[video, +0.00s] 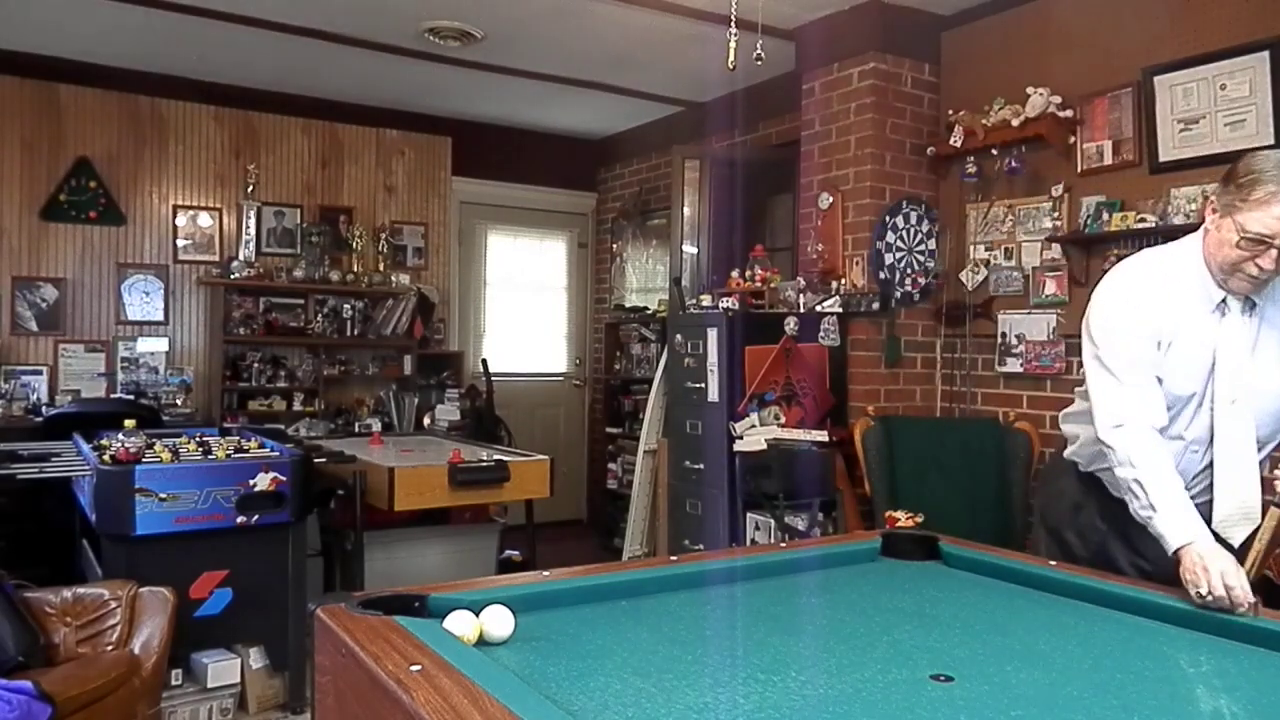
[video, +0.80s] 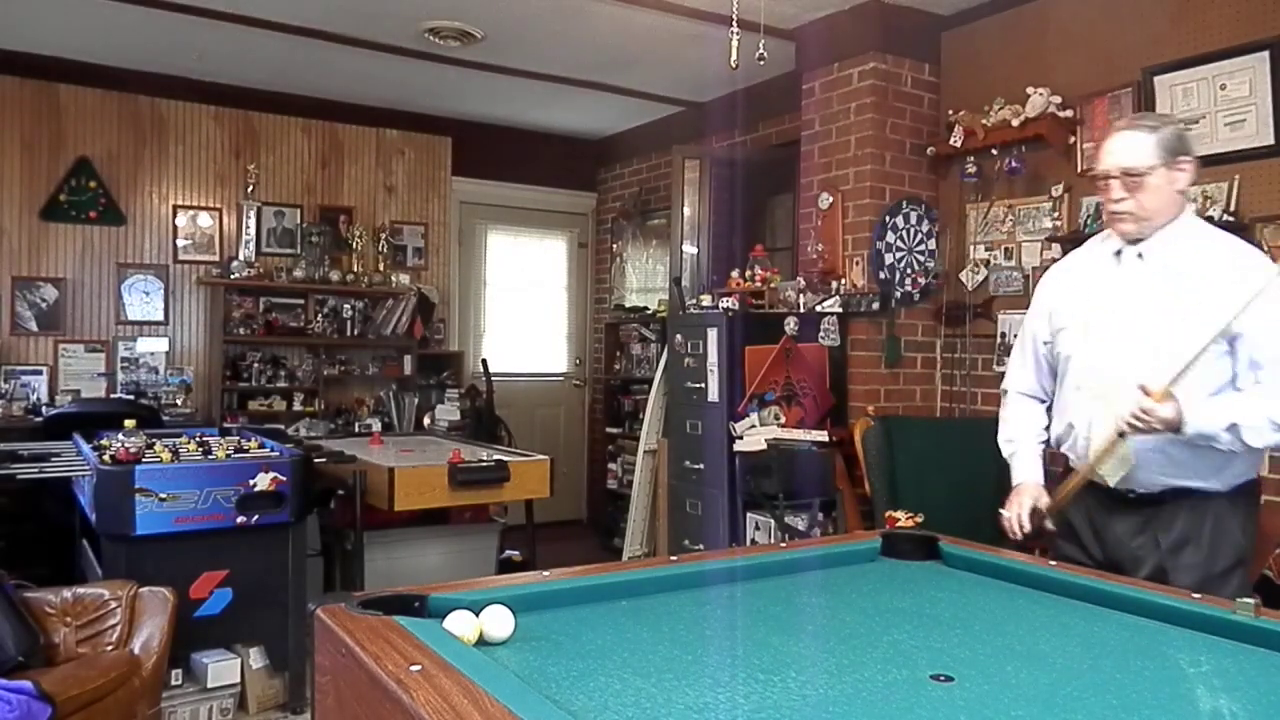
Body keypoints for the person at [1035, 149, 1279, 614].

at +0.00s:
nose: (1268, 263)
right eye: (1255, 241)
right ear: (1212, 214)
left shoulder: (1271, 300)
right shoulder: (1131, 291)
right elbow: (1129, 433)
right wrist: (1191, 544)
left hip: (1208, 518)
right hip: (1099, 510)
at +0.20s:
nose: (1270, 248)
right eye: (1260, 224)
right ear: (1219, 202)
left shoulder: (1273, 298)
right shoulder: (1132, 281)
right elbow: (1093, 419)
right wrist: (1163, 516)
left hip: (1222, 525)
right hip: (1103, 508)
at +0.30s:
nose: (1265, 237)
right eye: (1253, 212)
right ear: (1216, 193)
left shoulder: (1273, 290)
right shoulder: (1129, 274)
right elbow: (1064, 404)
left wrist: (1270, 463)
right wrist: (1134, 499)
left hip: (1227, 533)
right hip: (1103, 522)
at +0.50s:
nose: (1212, 211)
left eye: (1238, 198)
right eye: (1202, 190)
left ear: (1270, 206)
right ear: (1179, 185)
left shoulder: (1274, 278)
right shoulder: (1110, 266)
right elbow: (1038, 385)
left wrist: (1270, 452)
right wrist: (1075, 488)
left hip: (1224, 532)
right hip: (1102, 520)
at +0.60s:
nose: (1178, 203)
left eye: (1202, 188)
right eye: (1166, 185)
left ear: (1248, 188)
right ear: (1150, 182)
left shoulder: (1270, 278)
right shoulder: (1094, 269)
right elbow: (1033, 383)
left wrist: (1245, 442)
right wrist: (1051, 482)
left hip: (1213, 530)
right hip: (1094, 518)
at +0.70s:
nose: (1145, 197)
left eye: (1165, 182)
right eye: (1133, 182)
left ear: (1217, 181)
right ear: (1122, 184)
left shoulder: (1263, 277)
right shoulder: (1080, 272)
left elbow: (1275, 413)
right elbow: (1029, 384)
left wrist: (1217, 432)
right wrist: (1037, 480)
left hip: (1203, 526)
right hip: (1083, 515)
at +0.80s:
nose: (1112, 195)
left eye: (1131, 178)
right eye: (1103, 180)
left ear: (1182, 174)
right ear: (1094, 181)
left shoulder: (1245, 274)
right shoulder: (1066, 277)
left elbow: (1271, 407)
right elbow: (1024, 390)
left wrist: (1187, 417)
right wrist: (1026, 478)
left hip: (1196, 524)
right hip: (1084, 517)